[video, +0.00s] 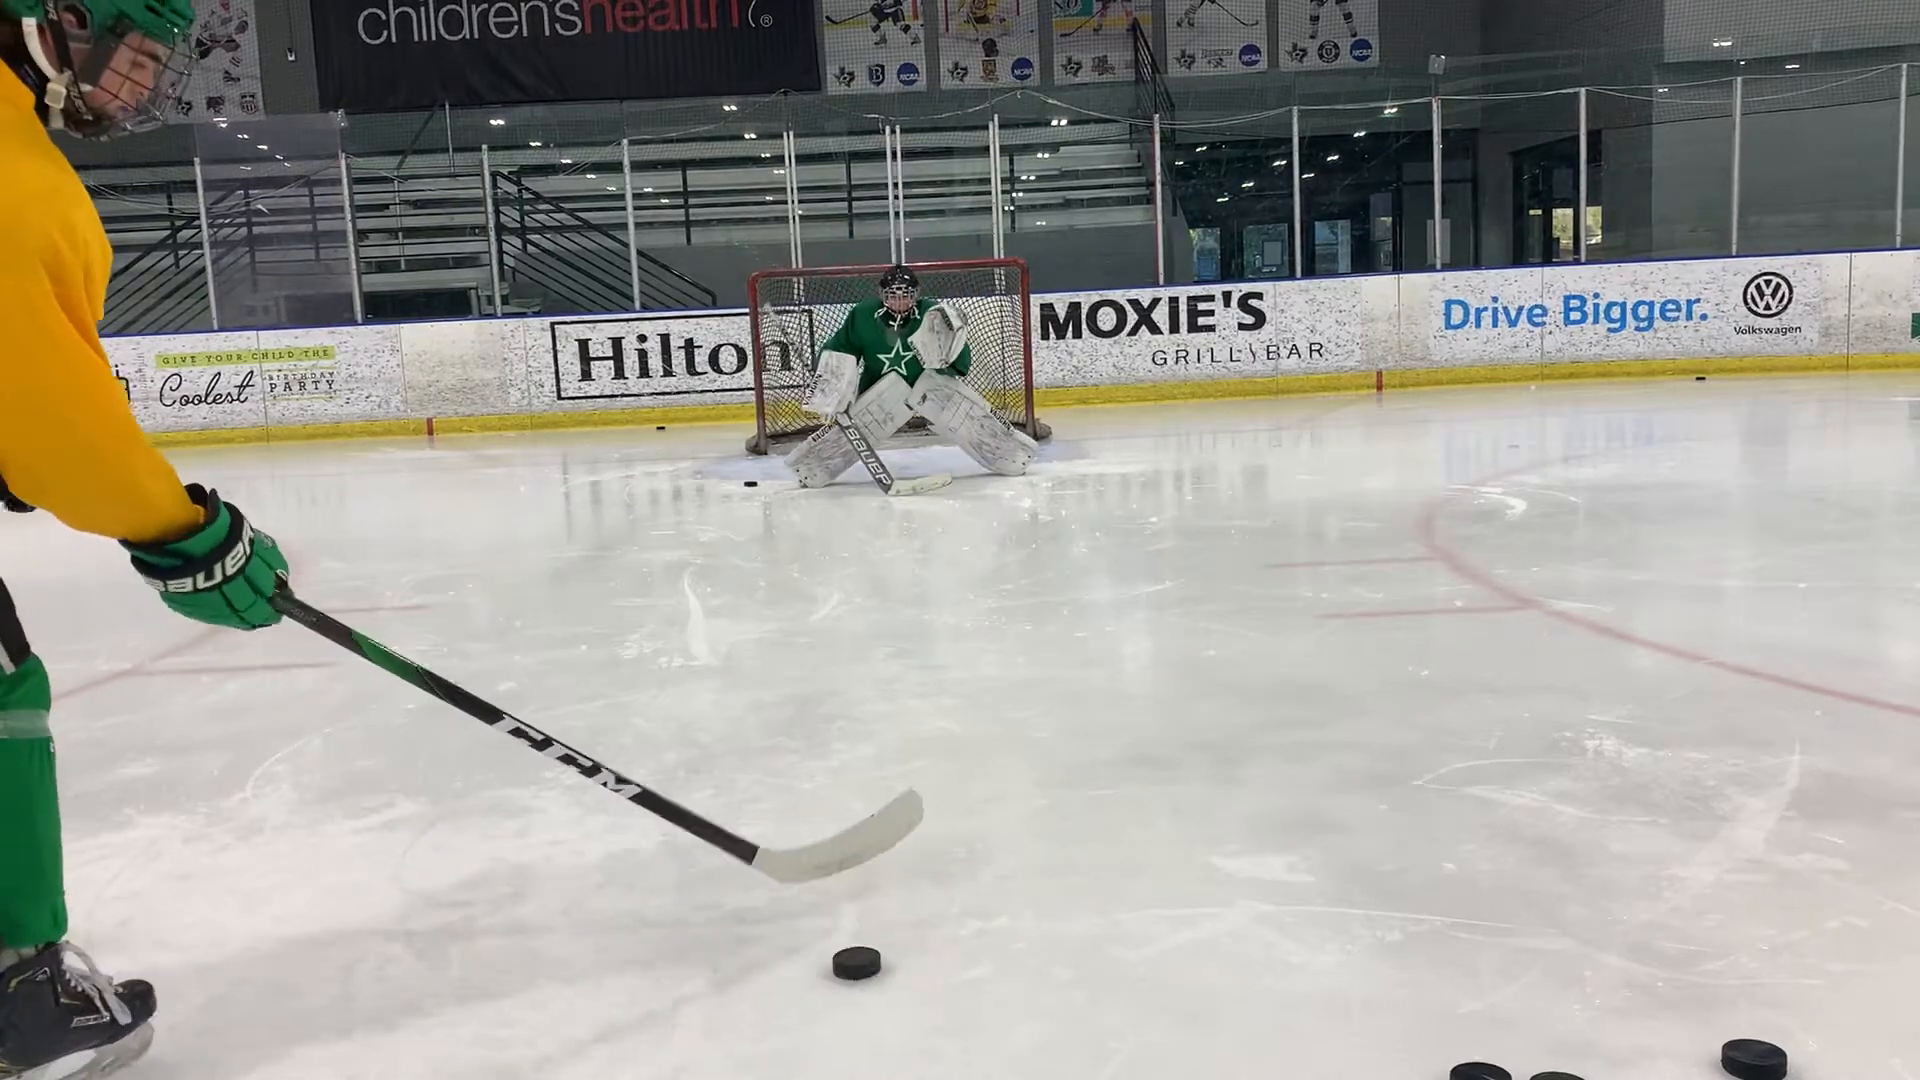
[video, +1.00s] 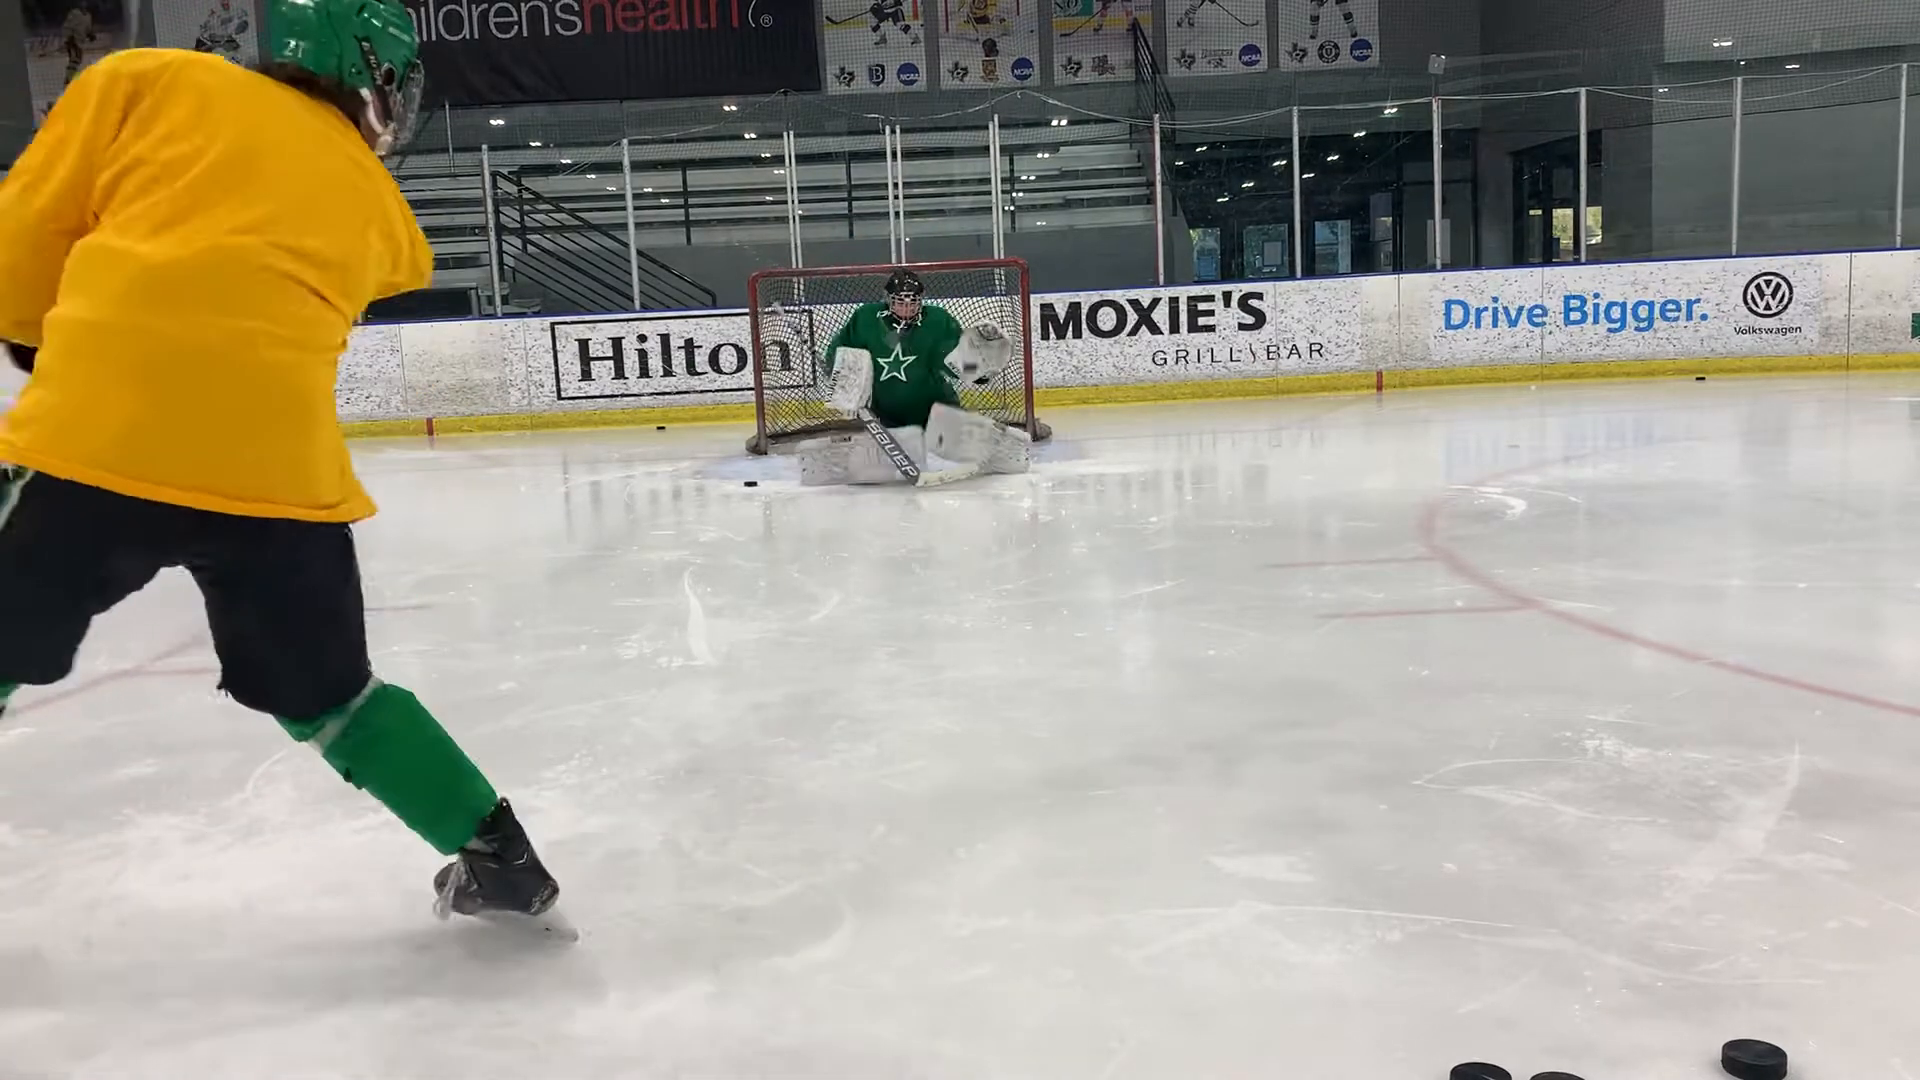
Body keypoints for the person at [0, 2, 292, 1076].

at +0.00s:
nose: (144, 81)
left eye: (159, 61)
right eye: (134, 47)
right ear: (56, 22)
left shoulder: (27, 156)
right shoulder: (18, 173)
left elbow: (43, 387)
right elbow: (46, 397)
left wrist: (163, 519)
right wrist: (187, 536)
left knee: (12, 693)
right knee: (9, 695)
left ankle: (24, 972)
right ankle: (23, 978)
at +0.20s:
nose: (178, 114)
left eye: (193, 91)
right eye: (169, 81)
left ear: (80, 48)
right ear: (88, 46)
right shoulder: (36, 197)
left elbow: (61, 415)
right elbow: (78, 447)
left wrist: (181, 554)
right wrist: (217, 574)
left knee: (27, 685)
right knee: (29, 687)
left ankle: (52, 955)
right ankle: (61, 968)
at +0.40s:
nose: (235, 135)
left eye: (243, 109)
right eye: (230, 104)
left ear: (130, 64)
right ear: (172, 81)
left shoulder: (27, 115)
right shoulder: (108, 217)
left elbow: (47, 342)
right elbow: (140, 458)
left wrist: (122, 497)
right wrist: (258, 604)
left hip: (11, 481)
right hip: (3, 492)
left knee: (77, 667)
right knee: (90, 667)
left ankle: (115, 925)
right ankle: (122, 937)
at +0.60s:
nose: (312, 157)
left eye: (319, 131)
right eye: (308, 129)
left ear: (204, 94)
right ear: (261, 114)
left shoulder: (105, 136)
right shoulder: (210, 237)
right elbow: (242, 464)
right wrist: (345, 602)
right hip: (32, 453)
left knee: (190, 629)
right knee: (200, 633)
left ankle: (232, 888)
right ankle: (240, 903)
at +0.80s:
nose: (401, 152)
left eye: (407, 125)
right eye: (400, 120)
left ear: (283, 79)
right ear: (360, 101)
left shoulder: (142, 88)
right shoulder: (347, 229)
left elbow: (60, 175)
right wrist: (430, 428)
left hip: (19, 423)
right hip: (194, 469)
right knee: (292, 666)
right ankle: (379, 851)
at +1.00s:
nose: (394, 128)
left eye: (401, 107)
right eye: (396, 105)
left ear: (277, 53)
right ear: (367, 87)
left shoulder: (136, 80)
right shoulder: (373, 197)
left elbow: (17, 235)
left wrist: (46, 346)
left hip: (89, 449)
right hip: (277, 475)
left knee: (0, 666)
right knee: (333, 697)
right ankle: (500, 850)